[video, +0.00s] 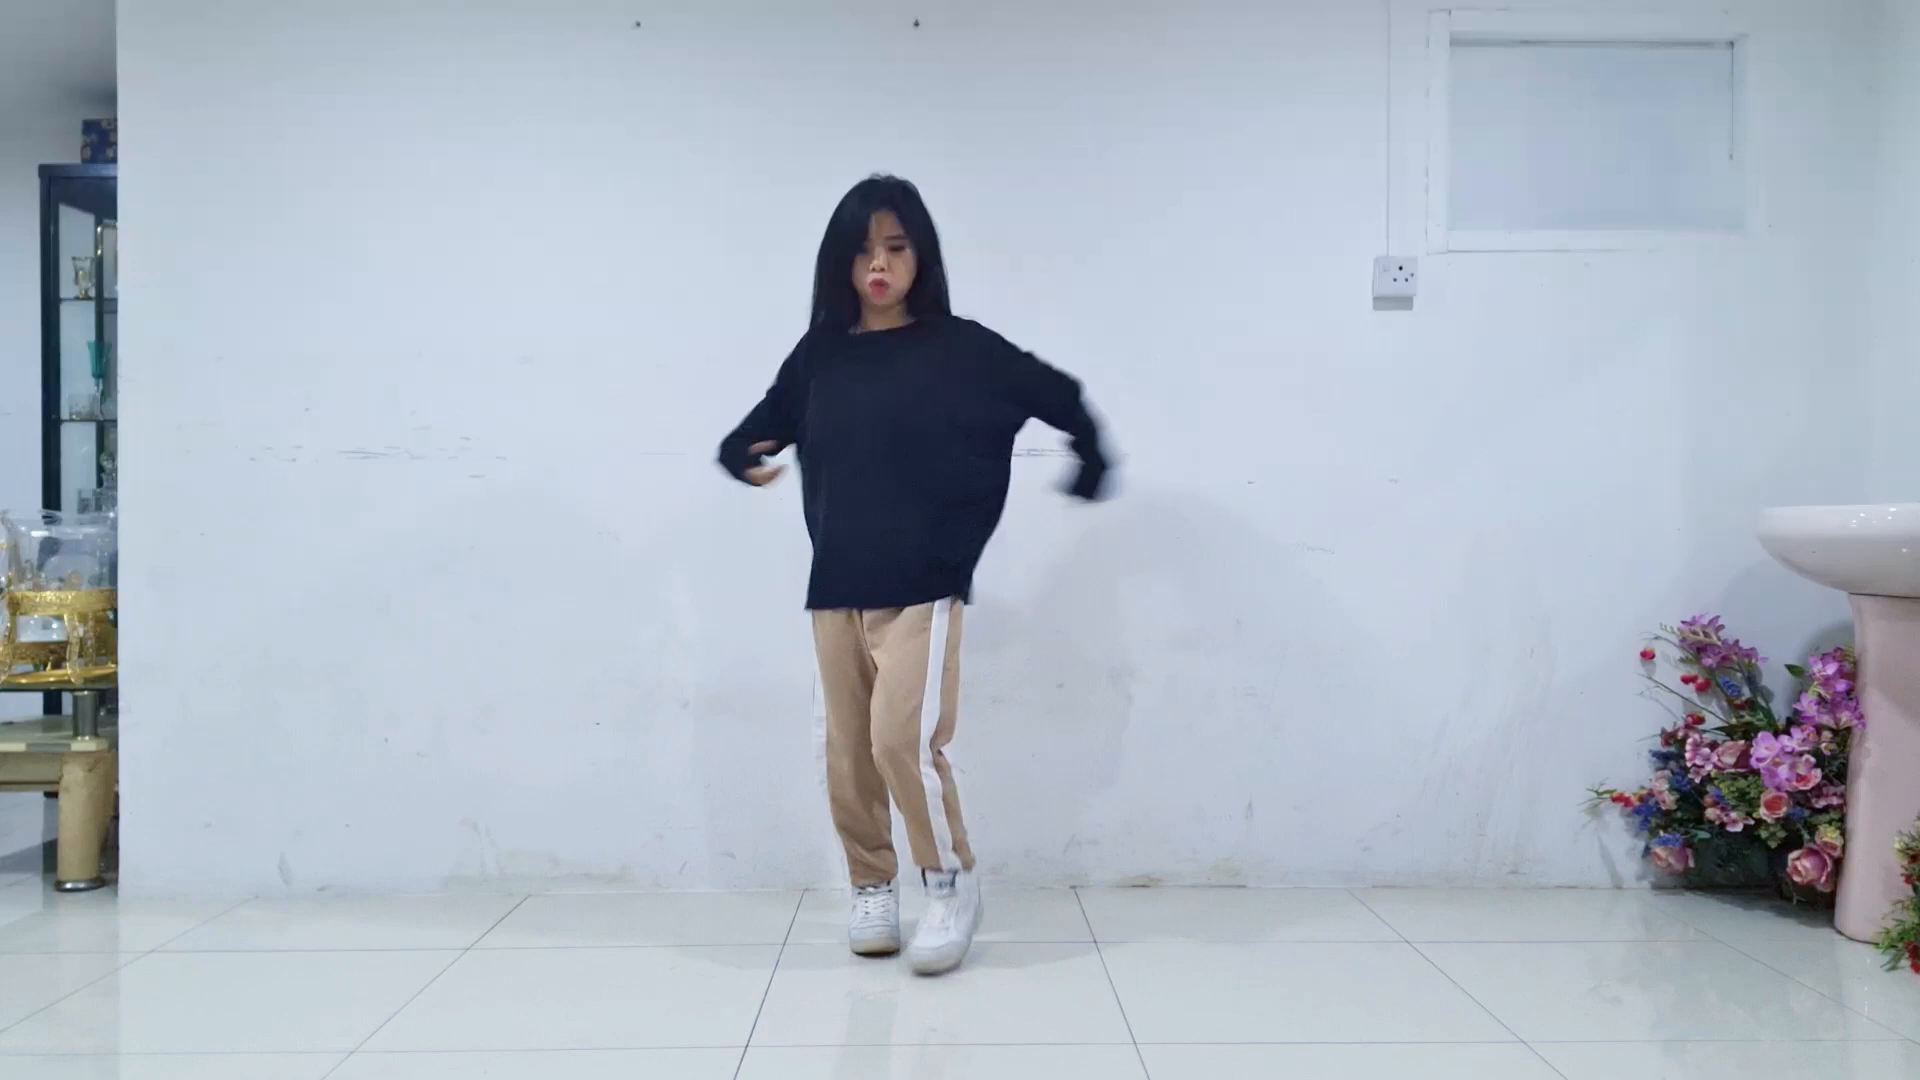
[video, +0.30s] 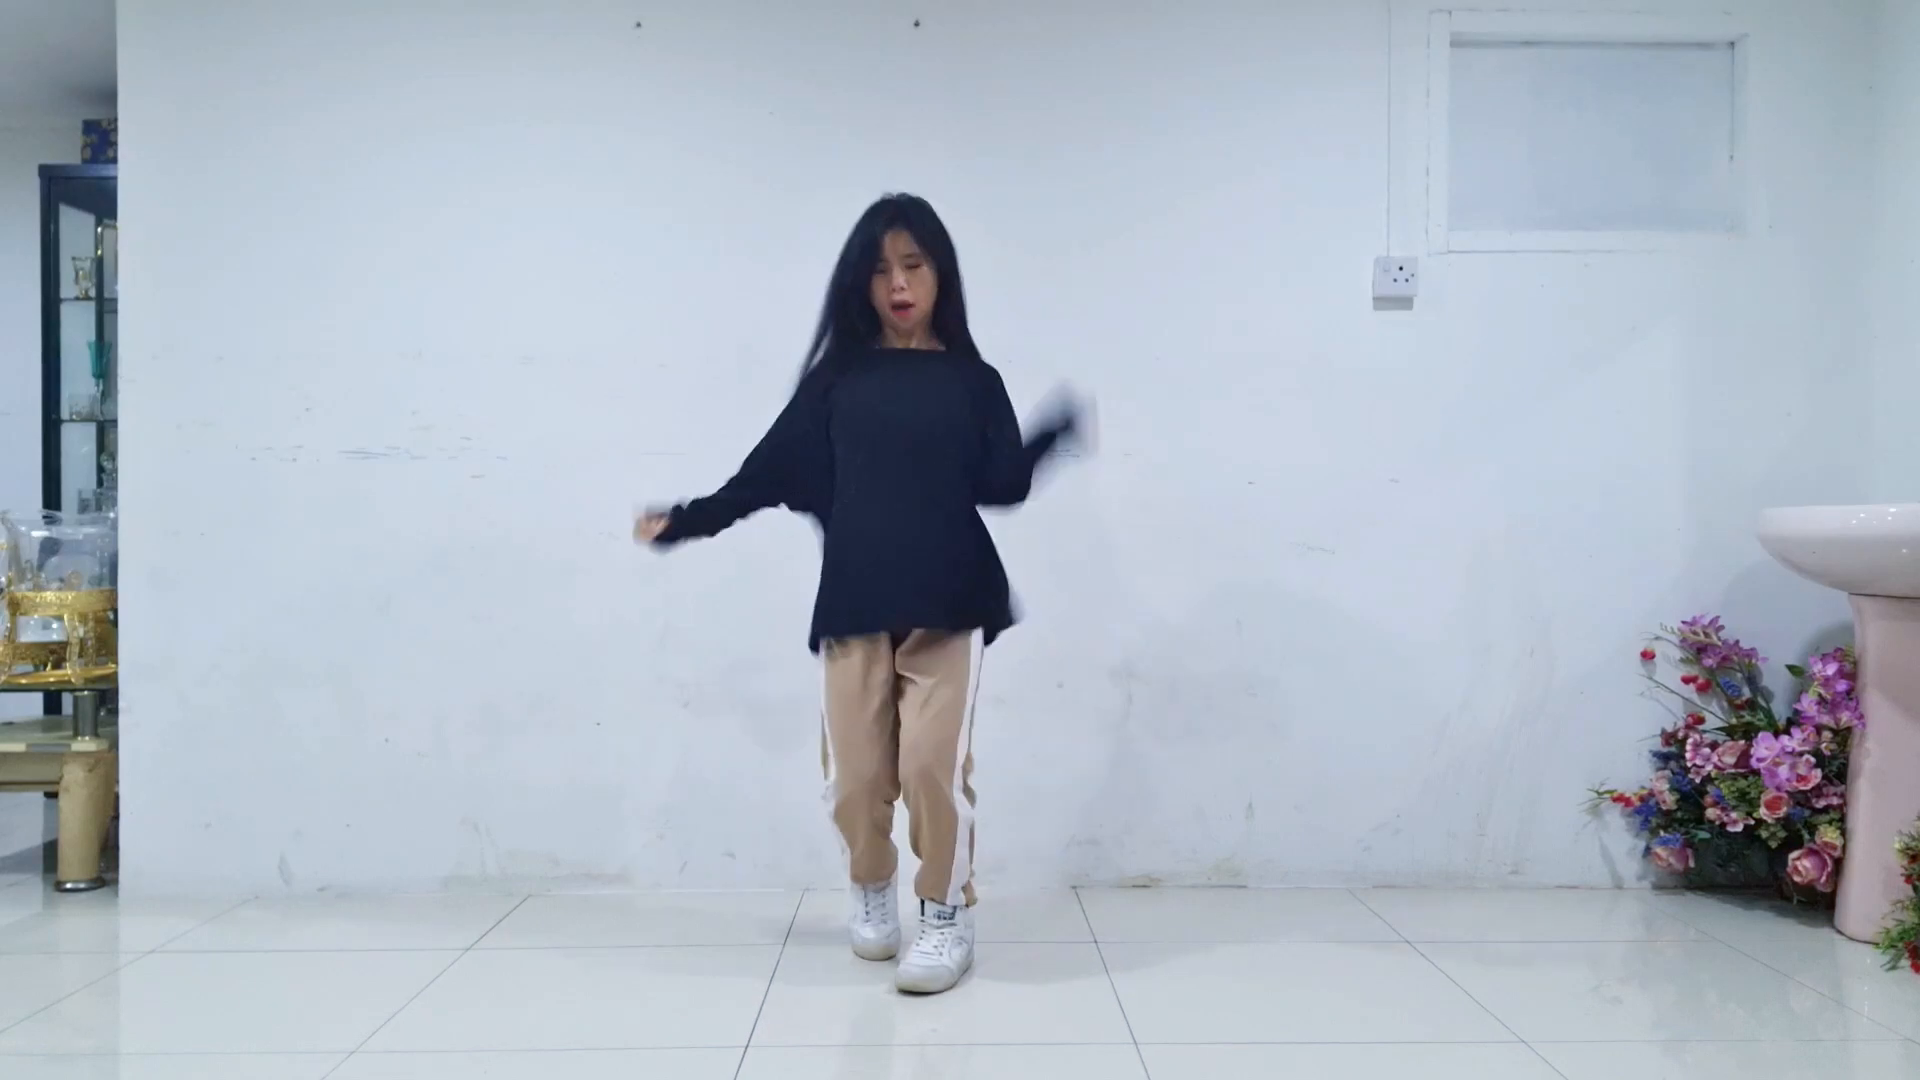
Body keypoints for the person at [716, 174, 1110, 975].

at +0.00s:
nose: (878, 263)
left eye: (895, 247)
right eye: (863, 248)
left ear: (922, 258)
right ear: (841, 259)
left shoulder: (965, 348)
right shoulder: (821, 352)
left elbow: (1058, 396)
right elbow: (776, 414)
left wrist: (1092, 454)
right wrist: (737, 450)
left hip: (927, 586)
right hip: (837, 587)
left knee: (902, 740)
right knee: (849, 748)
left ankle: (947, 885)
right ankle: (871, 889)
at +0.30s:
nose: (899, 284)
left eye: (914, 265)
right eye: (882, 269)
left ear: (942, 273)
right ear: (861, 283)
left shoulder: (973, 378)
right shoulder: (835, 380)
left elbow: (1001, 487)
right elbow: (766, 475)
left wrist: (1047, 440)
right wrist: (687, 521)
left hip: (947, 598)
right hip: (853, 600)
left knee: (929, 768)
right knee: (858, 782)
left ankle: (940, 916)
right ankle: (872, 886)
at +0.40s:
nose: (899, 274)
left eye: (915, 256)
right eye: (884, 258)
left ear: (942, 266)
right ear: (864, 270)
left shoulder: (978, 364)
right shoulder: (832, 365)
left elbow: (1039, 371)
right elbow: (812, 475)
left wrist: (1040, 293)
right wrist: (757, 446)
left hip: (944, 593)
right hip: (846, 593)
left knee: (934, 759)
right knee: (851, 763)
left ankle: (943, 914)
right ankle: (880, 863)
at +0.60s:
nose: (878, 215)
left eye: (892, 195)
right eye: (858, 201)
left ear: (922, 199)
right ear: (831, 214)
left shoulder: (955, 259)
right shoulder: (823, 289)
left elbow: (978, 162)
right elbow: (856, 355)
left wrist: (926, 57)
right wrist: (944, 376)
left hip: (952, 505)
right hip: (859, 521)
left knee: (996, 706)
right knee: (887, 727)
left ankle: (1041, 890)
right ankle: (894, 905)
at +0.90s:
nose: (878, 282)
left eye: (891, 266)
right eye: (860, 271)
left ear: (919, 273)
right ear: (840, 286)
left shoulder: (959, 339)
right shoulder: (828, 355)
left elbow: (1001, 273)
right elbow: (894, 363)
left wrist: (1023, 164)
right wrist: (980, 344)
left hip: (932, 607)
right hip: (842, 610)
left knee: (957, 796)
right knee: (880, 784)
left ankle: (977, 865)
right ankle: (887, 919)